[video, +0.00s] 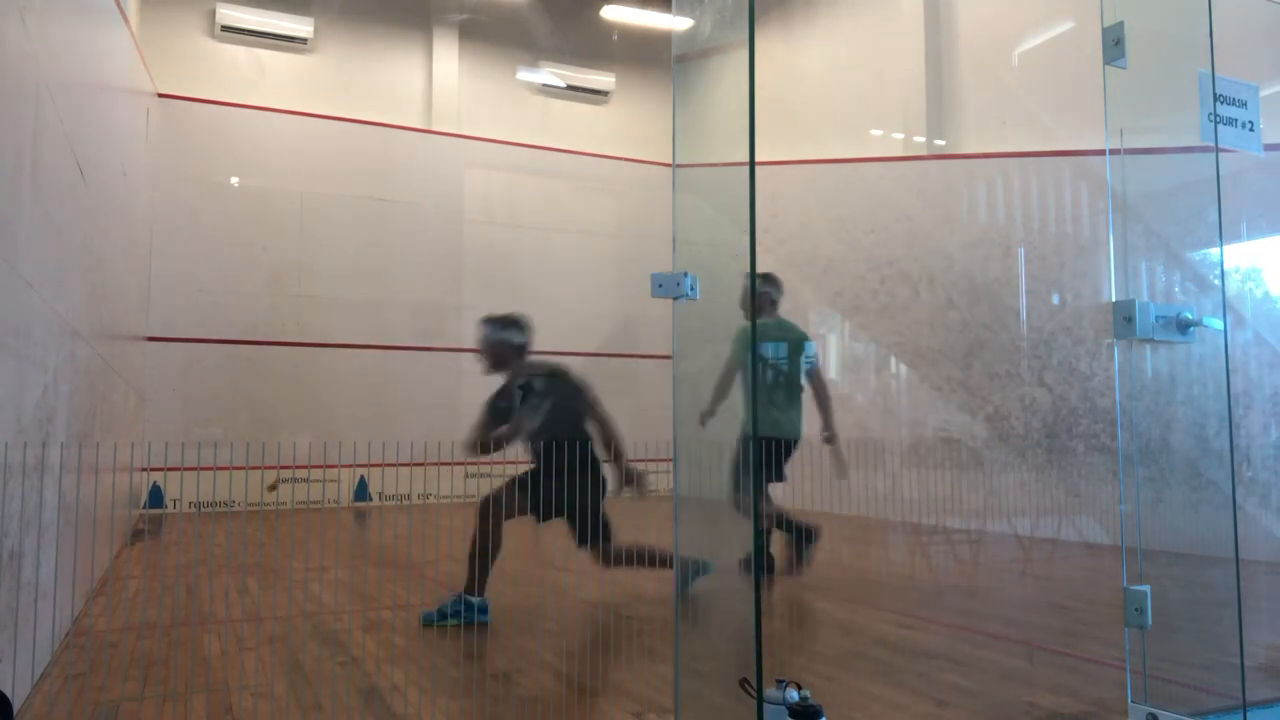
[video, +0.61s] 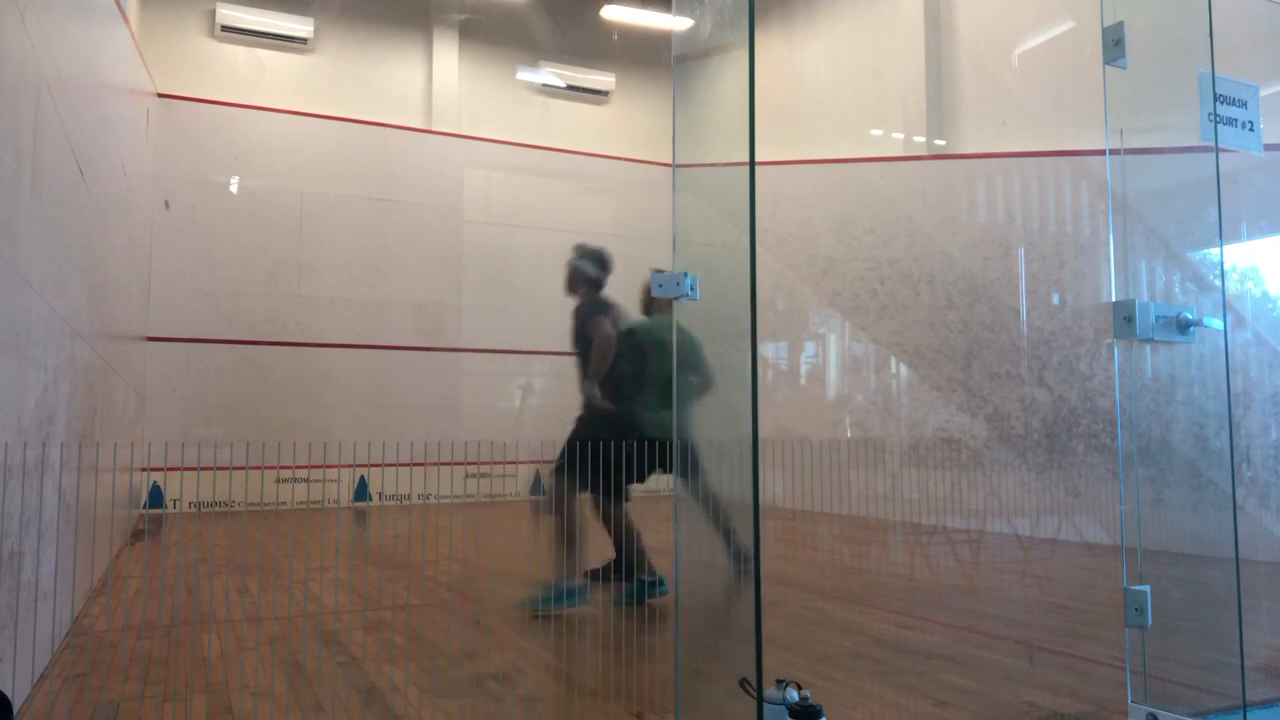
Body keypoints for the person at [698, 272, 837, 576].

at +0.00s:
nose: (741, 304)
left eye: (745, 298)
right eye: (742, 297)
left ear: (759, 299)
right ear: (776, 301)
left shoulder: (748, 333)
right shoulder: (798, 335)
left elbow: (728, 374)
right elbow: (818, 383)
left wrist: (712, 407)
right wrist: (828, 425)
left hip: (758, 430)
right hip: (788, 432)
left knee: (742, 496)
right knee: (757, 492)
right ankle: (762, 554)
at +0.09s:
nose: (725, 296)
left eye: (730, 290)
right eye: (727, 290)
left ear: (744, 294)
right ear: (758, 294)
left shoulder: (734, 328)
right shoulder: (784, 331)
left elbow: (717, 369)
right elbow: (803, 379)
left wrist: (697, 406)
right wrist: (807, 416)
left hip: (742, 428)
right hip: (775, 430)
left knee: (712, 483)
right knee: (755, 485)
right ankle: (762, 553)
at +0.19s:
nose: (716, 292)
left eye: (721, 286)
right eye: (718, 285)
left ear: (737, 288)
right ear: (748, 290)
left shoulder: (726, 322)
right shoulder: (774, 325)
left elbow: (711, 363)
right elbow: (793, 367)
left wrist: (692, 402)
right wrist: (795, 407)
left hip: (731, 425)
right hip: (765, 426)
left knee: (703, 482)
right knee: (756, 484)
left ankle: (696, 556)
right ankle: (762, 551)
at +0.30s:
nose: (699, 290)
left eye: (703, 284)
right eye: (700, 283)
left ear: (715, 285)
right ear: (731, 287)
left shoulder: (705, 317)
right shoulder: (756, 321)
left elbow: (694, 357)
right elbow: (778, 368)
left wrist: (683, 401)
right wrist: (767, 402)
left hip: (706, 418)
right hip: (742, 422)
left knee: (676, 482)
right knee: (750, 487)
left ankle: (650, 545)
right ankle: (762, 550)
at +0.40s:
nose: (687, 300)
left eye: (692, 293)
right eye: (689, 292)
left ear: (703, 296)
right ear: (720, 296)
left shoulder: (687, 330)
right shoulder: (741, 333)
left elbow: (675, 373)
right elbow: (762, 380)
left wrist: (665, 411)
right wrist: (740, 410)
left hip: (688, 426)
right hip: (725, 427)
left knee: (652, 482)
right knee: (738, 487)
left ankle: (628, 552)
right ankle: (755, 554)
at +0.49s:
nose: (674, 309)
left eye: (675, 302)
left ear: (676, 306)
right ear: (702, 306)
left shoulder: (668, 338)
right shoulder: (718, 343)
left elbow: (650, 378)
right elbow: (739, 390)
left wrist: (633, 421)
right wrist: (715, 410)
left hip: (671, 436)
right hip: (708, 439)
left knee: (625, 480)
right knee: (727, 492)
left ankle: (620, 560)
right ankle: (755, 554)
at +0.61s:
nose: (646, 302)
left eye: (646, 297)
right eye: (652, 298)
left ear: (647, 301)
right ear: (674, 303)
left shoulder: (633, 334)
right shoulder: (684, 337)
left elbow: (618, 382)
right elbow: (704, 381)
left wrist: (623, 406)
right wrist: (676, 401)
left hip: (638, 435)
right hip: (676, 435)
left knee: (605, 493)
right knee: (704, 493)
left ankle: (627, 557)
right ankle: (740, 553)